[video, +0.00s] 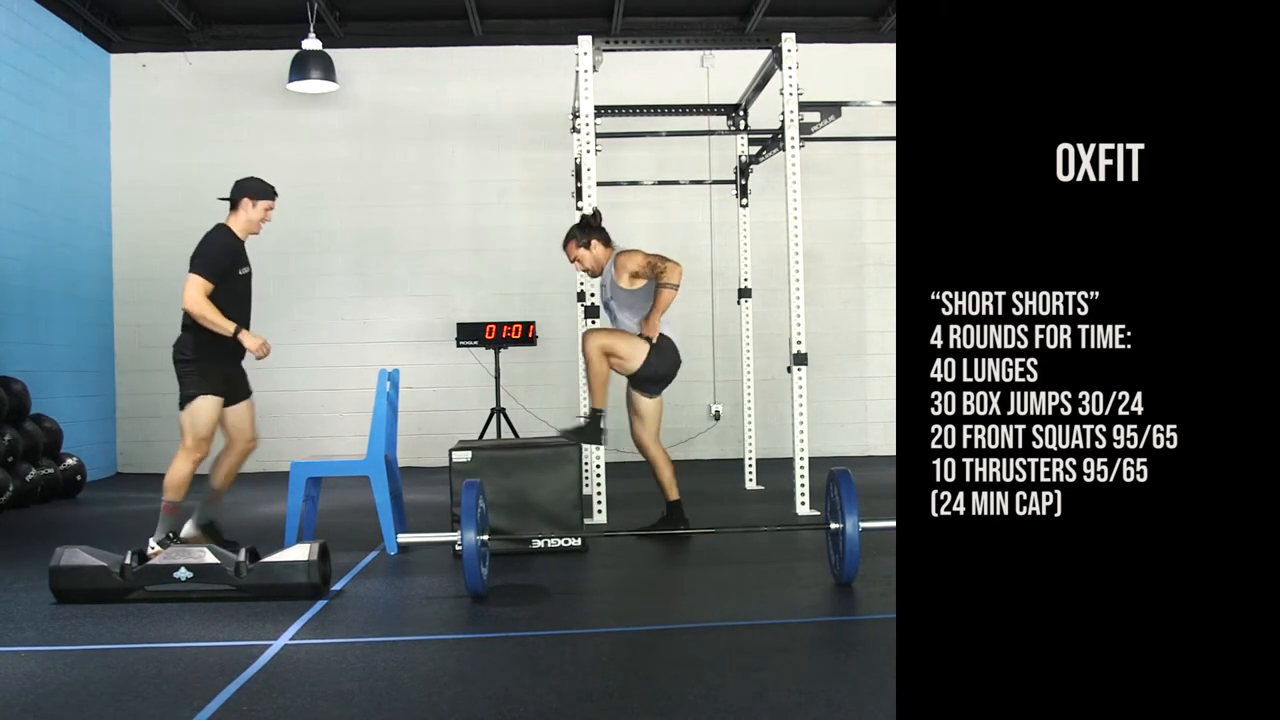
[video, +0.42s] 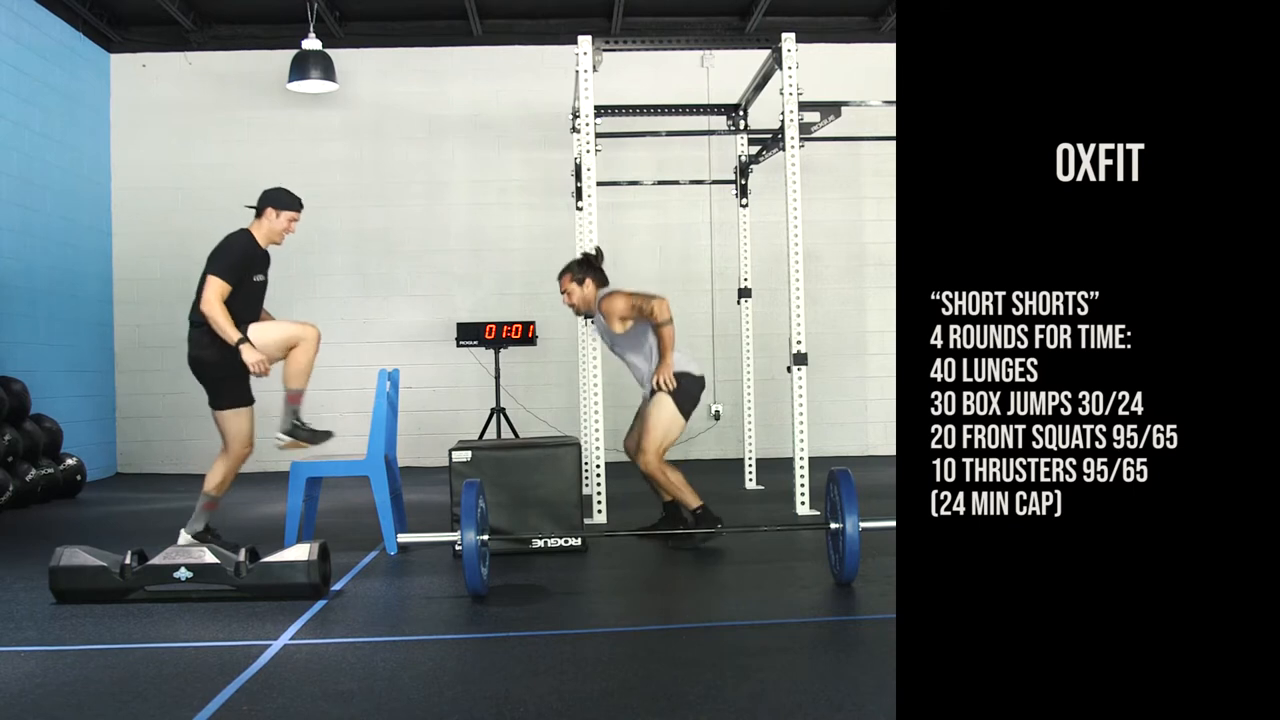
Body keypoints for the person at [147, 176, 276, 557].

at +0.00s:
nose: (268, 218)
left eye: (270, 212)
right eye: (265, 210)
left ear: (249, 208)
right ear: (243, 205)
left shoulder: (236, 245)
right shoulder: (218, 242)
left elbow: (218, 302)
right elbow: (192, 300)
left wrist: (240, 344)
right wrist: (242, 334)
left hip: (225, 359)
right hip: (199, 359)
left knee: (243, 441)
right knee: (195, 448)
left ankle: (202, 524)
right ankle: (163, 537)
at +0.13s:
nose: (271, 214)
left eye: (273, 208)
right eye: (268, 206)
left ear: (251, 205)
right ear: (247, 202)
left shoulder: (239, 244)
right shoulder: (221, 239)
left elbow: (226, 300)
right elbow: (192, 292)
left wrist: (243, 344)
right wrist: (232, 329)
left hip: (215, 352)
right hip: (204, 351)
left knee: (214, 447)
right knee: (250, 431)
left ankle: (192, 533)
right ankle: (186, 507)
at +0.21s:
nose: (277, 215)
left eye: (279, 208)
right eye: (274, 207)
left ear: (256, 204)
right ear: (252, 201)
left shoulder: (244, 243)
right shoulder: (224, 237)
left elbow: (225, 304)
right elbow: (194, 291)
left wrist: (253, 335)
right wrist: (230, 329)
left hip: (216, 350)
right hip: (206, 351)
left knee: (210, 449)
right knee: (281, 397)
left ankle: (193, 531)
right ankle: (216, 457)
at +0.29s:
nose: (283, 218)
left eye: (285, 212)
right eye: (280, 210)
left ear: (263, 206)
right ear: (260, 203)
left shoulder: (248, 243)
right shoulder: (230, 237)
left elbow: (234, 301)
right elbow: (200, 292)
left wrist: (264, 329)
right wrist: (231, 333)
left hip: (215, 345)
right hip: (210, 344)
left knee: (215, 443)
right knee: (298, 357)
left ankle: (192, 531)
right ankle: (242, 428)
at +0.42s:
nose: (292, 229)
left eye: (295, 222)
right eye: (290, 221)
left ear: (274, 217)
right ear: (269, 214)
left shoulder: (258, 253)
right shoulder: (237, 246)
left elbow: (248, 307)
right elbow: (209, 303)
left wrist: (279, 339)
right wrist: (243, 346)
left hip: (222, 351)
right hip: (216, 347)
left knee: (238, 447)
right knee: (306, 336)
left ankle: (195, 528)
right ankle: (292, 424)